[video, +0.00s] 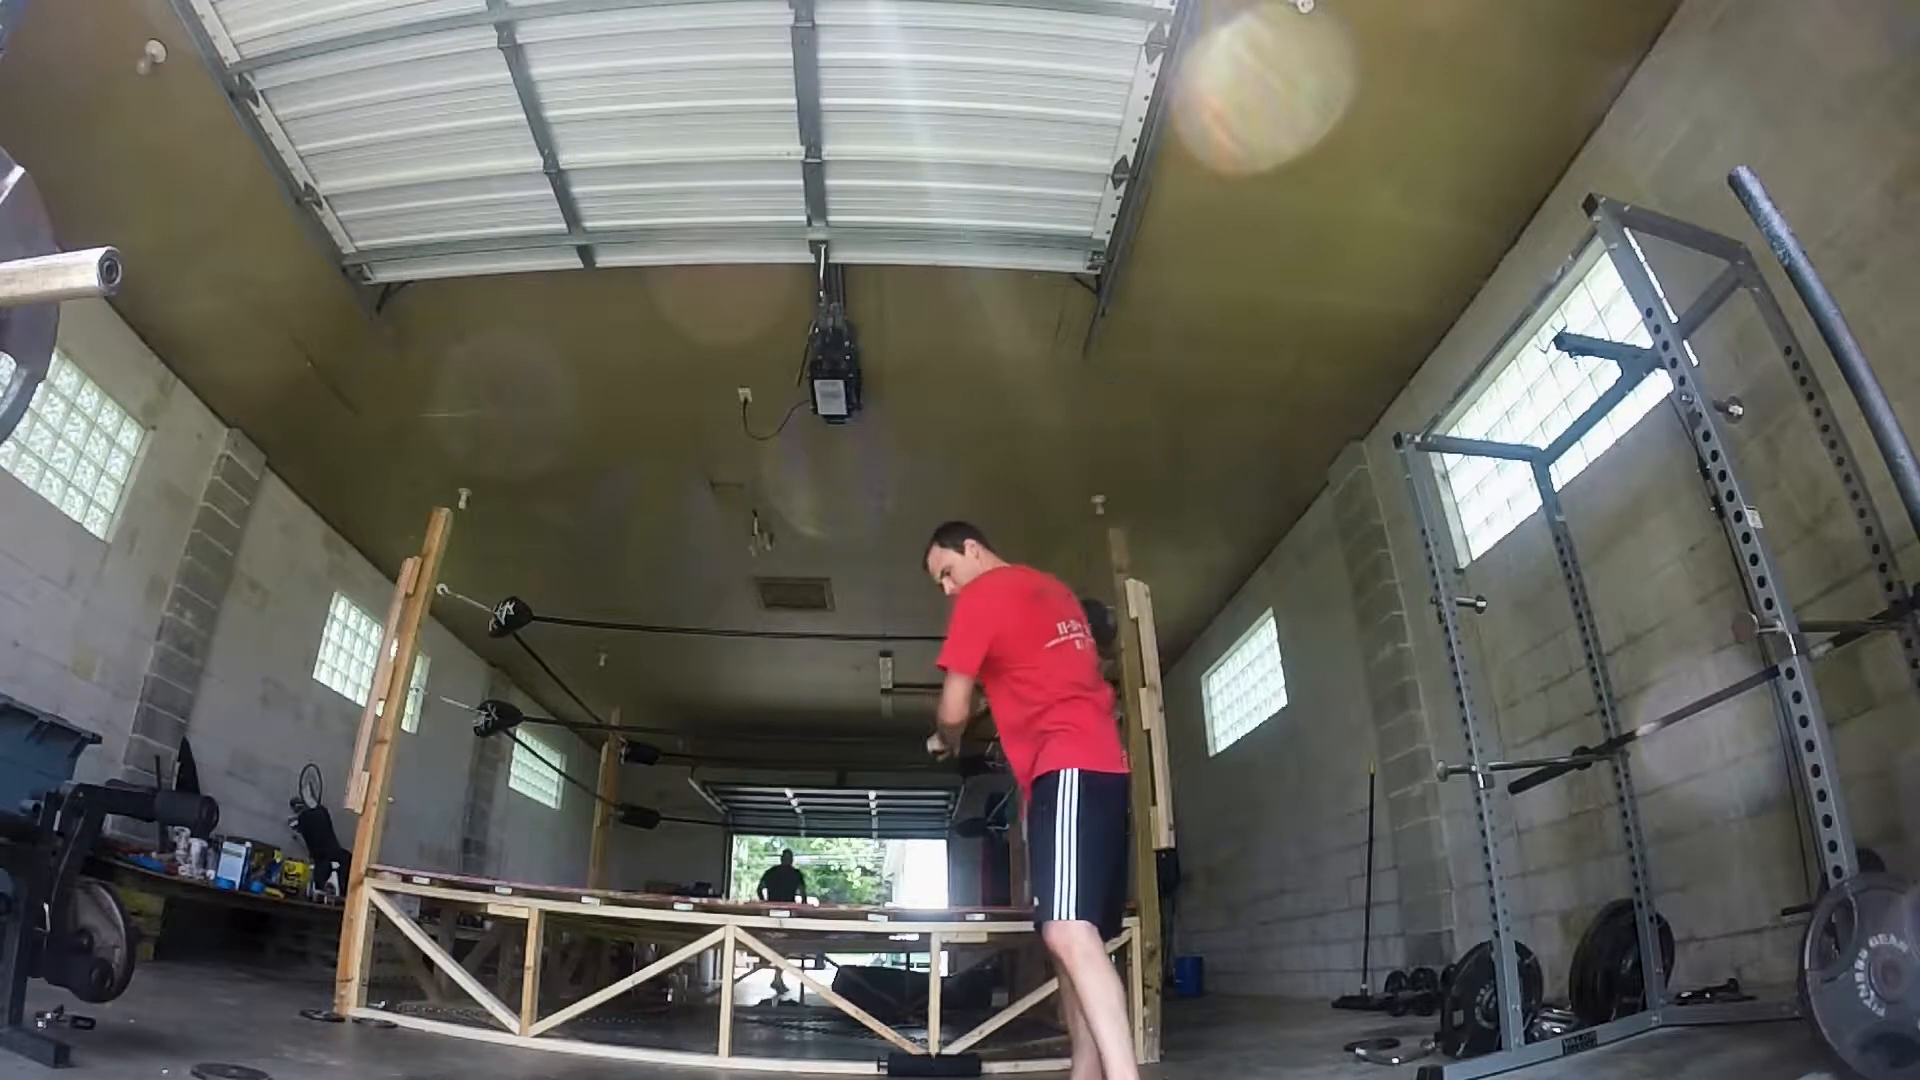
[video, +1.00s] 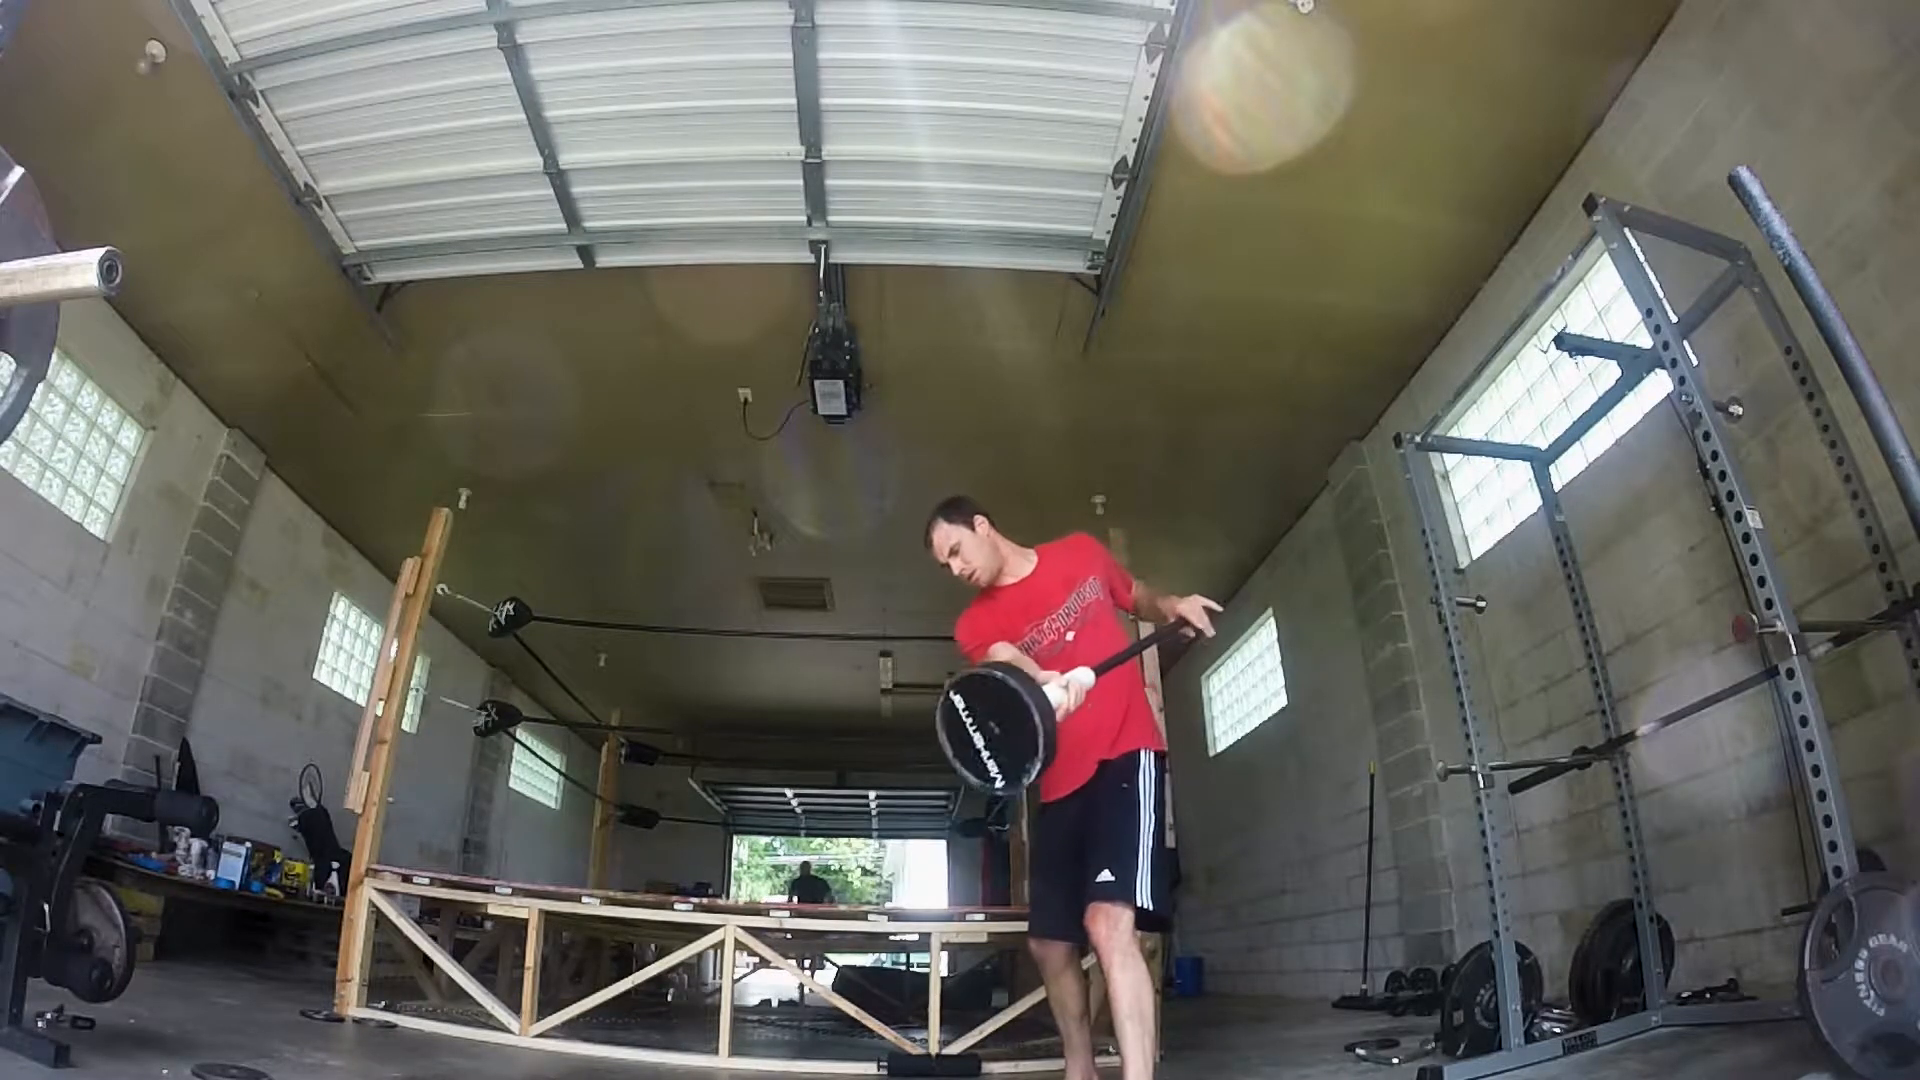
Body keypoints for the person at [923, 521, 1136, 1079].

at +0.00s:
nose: (947, 588)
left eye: (945, 573)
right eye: (940, 581)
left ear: (972, 547)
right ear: (980, 551)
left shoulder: (981, 595)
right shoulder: (1052, 585)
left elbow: (954, 710)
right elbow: (1078, 675)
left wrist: (944, 740)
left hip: (1068, 768)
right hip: (1101, 765)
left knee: (1068, 931)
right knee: (1074, 934)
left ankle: (1124, 1074)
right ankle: (1086, 1073)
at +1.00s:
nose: (956, 568)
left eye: (955, 550)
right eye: (945, 562)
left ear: (984, 525)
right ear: (946, 567)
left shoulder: (1079, 552)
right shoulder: (974, 624)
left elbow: (1137, 599)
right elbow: (1005, 662)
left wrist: (1175, 604)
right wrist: (1040, 681)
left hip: (1128, 754)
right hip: (1060, 780)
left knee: (1107, 920)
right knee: (1049, 942)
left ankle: (1139, 1076)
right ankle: (1081, 1072)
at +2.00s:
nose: (948, 600)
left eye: (944, 586)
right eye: (942, 590)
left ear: (966, 560)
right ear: (982, 556)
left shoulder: (975, 607)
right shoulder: (1068, 588)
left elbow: (955, 719)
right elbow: (1120, 679)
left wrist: (946, 779)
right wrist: (1076, 713)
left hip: (1057, 786)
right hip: (1109, 785)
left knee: (1042, 941)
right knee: (1080, 946)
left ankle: (1120, 1075)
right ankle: (1084, 1073)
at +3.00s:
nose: (945, 606)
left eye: (941, 595)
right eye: (941, 598)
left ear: (957, 576)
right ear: (984, 568)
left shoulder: (954, 627)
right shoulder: (1063, 579)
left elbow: (983, 675)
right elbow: (1139, 578)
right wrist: (1120, 502)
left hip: (1038, 791)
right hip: (1102, 788)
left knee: (1055, 942)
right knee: (1080, 945)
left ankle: (1120, 1076)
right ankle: (1081, 1073)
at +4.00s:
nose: (967, 587)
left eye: (967, 571)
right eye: (958, 582)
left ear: (995, 547)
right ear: (970, 579)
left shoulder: (1061, 565)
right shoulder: (1011, 655)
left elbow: (1119, 623)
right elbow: (1021, 754)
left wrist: (1061, 707)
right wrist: (972, 844)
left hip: (1124, 764)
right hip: (1069, 791)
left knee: (1114, 927)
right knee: (1061, 940)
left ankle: (1136, 1074)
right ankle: (1085, 1073)